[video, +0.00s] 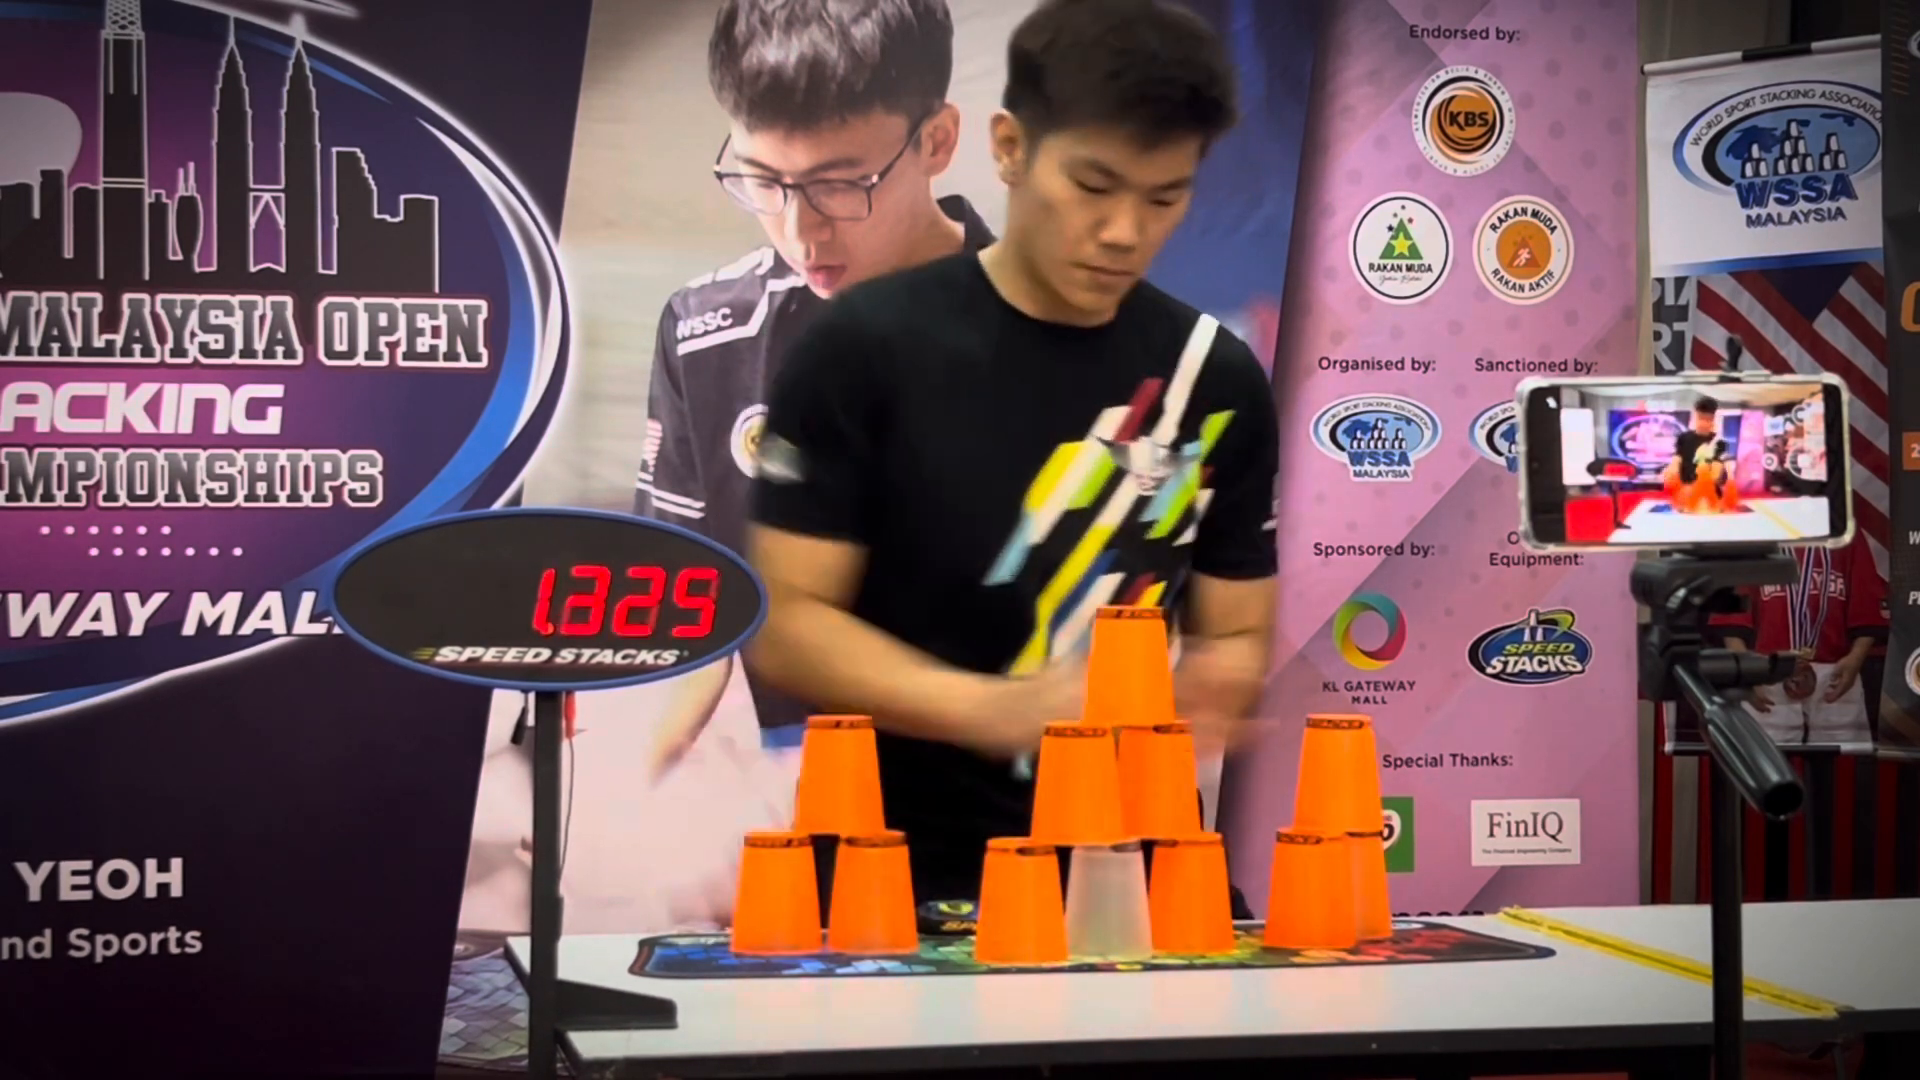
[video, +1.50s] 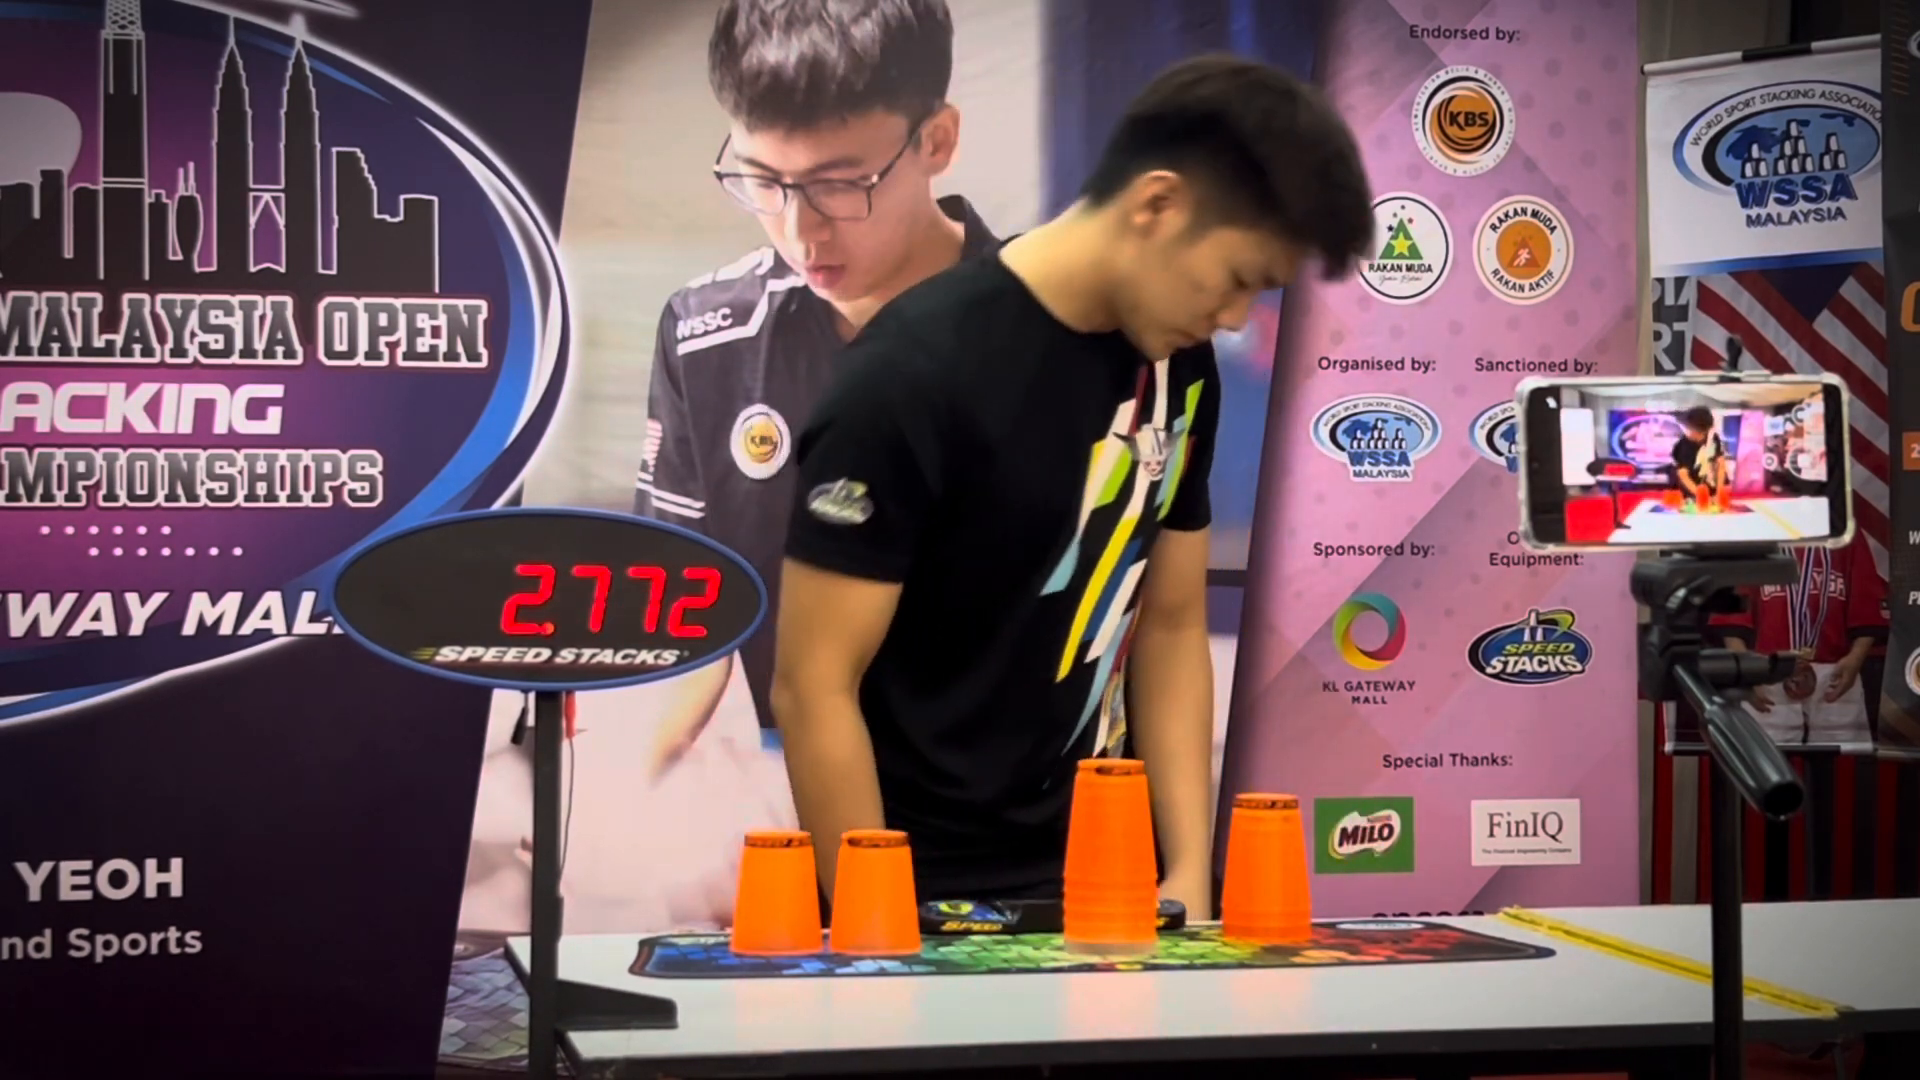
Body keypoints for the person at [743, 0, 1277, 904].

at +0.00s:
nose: (1124, 233)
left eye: (1163, 198)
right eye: (1093, 183)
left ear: (1194, 181)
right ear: (1008, 149)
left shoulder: (1218, 383)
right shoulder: (859, 347)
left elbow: (1236, 644)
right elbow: (784, 626)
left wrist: (1147, 710)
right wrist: (994, 709)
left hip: (1121, 887)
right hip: (895, 879)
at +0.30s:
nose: (1160, 225)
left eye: (1203, 189)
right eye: (1127, 174)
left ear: (1236, 176)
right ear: (1053, 139)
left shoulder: (1261, 375)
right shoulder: (918, 338)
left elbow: (1277, 627)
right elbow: (887, 630)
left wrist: (1263, 698)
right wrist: (1038, 686)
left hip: (1168, 877)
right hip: (946, 872)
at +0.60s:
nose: (1073, 209)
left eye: (1120, 174)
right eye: (1043, 158)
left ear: (1174, 158)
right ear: (988, 120)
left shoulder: (1222, 366)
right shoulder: (846, 334)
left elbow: (1242, 645)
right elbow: (784, 612)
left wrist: (1169, 797)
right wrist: (927, 734)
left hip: (1113, 882)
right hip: (882, 871)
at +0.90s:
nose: (951, 254)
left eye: (990, 210)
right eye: (912, 212)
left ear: (1041, 181)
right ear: (856, 188)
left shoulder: (1163, 361)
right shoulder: (787, 427)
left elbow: (1239, 620)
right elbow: (780, 726)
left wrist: (1133, 859)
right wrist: (810, 948)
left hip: (1130, 905)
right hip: (904, 916)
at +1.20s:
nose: (1058, 360)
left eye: (1084, 325)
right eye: (1027, 328)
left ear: (1109, 290)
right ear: (923, 265)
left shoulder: (1152, 366)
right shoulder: (800, 460)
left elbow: (1211, 632)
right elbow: (871, 764)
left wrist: (1199, 898)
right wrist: (1069, 924)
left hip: (1126, 891)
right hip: (920, 915)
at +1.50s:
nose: (1235, 322)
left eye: (1258, 294)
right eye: (1239, 281)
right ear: (1153, 206)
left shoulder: (1174, 359)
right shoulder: (909, 374)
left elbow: (1171, 625)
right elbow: (812, 685)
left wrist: (1187, 869)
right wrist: (873, 941)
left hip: (1073, 903)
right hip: (911, 917)